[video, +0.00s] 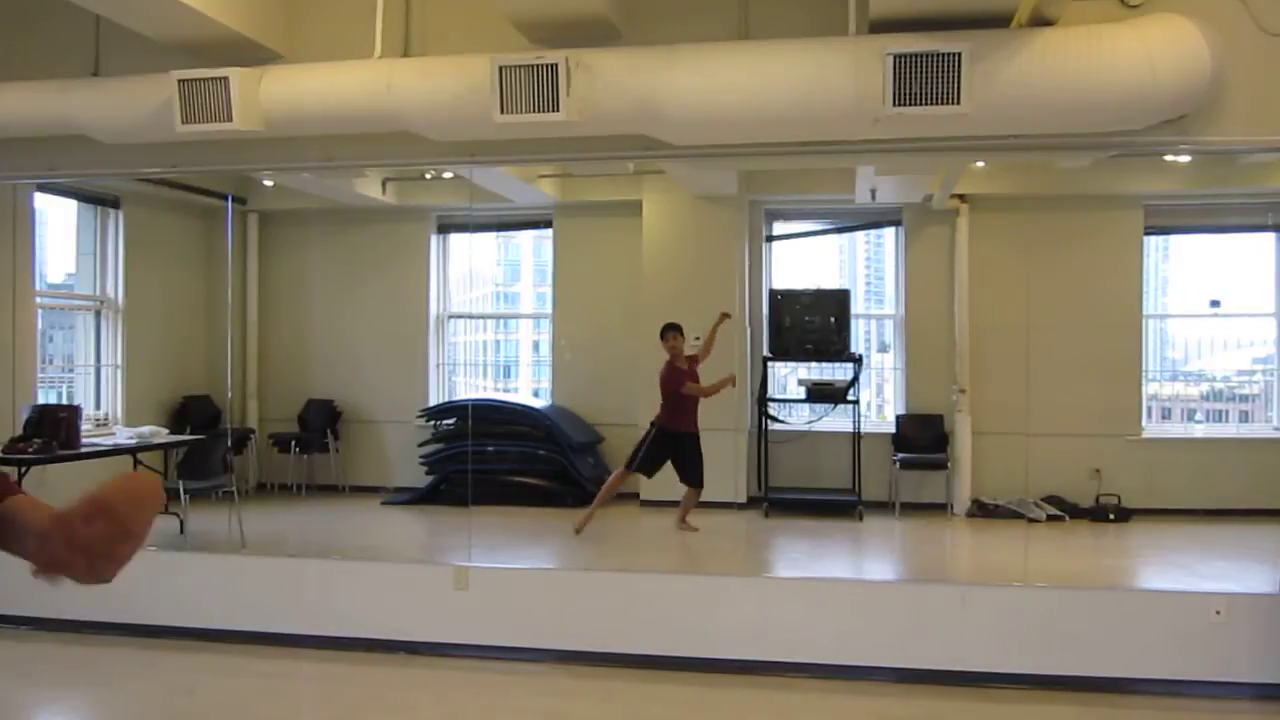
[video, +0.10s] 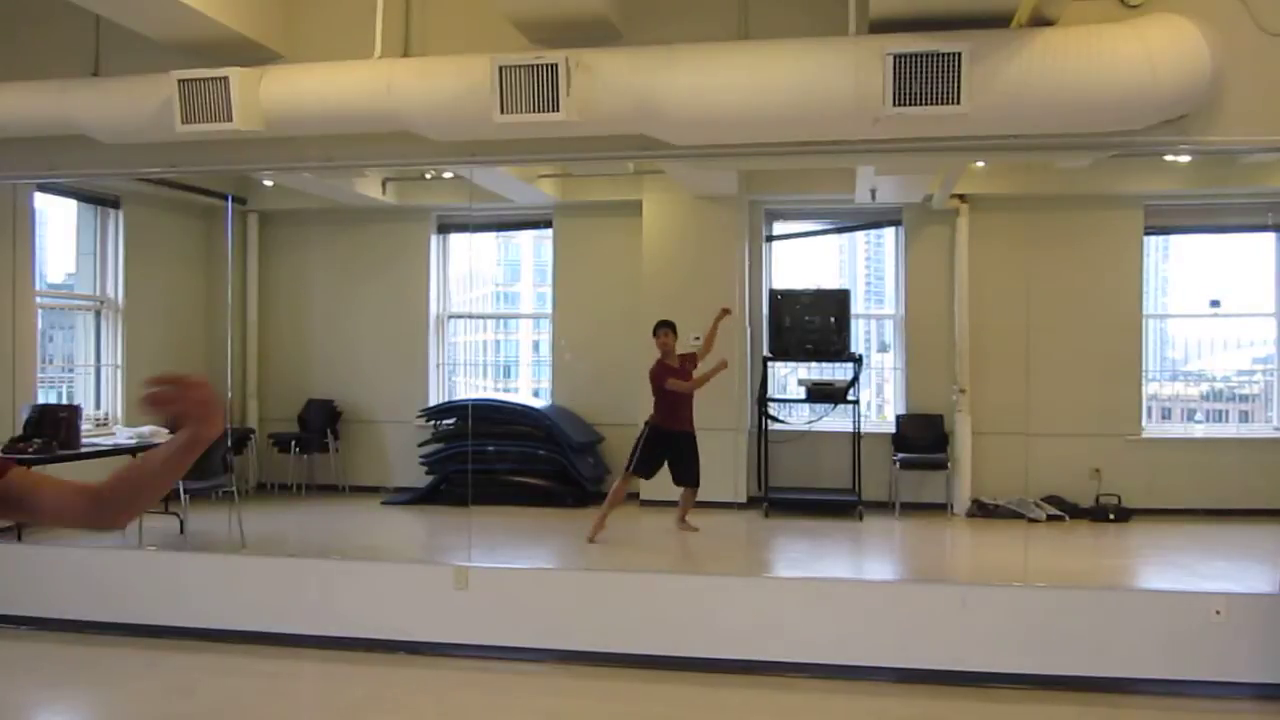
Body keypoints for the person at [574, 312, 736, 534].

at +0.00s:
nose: (672, 343)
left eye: (676, 338)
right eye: (667, 339)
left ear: (684, 340)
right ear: (663, 344)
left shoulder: (691, 362)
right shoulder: (670, 374)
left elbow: (706, 349)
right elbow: (704, 392)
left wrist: (717, 324)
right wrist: (727, 381)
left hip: (687, 433)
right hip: (663, 431)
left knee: (696, 484)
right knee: (627, 470)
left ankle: (681, 520)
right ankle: (590, 513)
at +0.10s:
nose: (663, 339)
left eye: (667, 335)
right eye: (659, 336)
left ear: (675, 338)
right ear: (655, 341)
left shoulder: (686, 361)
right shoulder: (657, 371)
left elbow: (706, 349)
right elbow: (689, 387)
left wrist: (716, 321)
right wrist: (715, 370)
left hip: (683, 431)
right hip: (658, 429)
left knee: (692, 482)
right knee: (629, 474)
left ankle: (681, 519)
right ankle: (601, 520)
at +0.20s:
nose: (653, 333)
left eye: (657, 328)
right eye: (649, 329)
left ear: (665, 331)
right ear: (645, 333)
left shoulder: (678, 355)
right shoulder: (640, 363)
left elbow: (706, 345)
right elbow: (649, 380)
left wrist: (720, 316)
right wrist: (673, 371)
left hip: (677, 425)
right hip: (650, 424)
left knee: (684, 475)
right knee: (633, 474)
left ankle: (684, 514)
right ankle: (620, 528)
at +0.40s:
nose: (641, 327)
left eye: (646, 323)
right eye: (637, 323)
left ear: (655, 327)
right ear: (633, 327)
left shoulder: (665, 353)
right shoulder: (625, 360)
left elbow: (702, 339)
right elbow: (594, 373)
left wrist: (721, 313)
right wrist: (560, 374)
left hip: (656, 424)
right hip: (628, 424)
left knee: (669, 478)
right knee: (627, 479)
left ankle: (679, 518)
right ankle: (621, 533)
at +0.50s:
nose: (636, 324)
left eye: (642, 320)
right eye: (633, 320)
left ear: (651, 325)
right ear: (628, 324)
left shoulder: (661, 350)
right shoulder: (622, 356)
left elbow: (697, 338)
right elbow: (591, 357)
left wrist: (722, 317)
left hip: (648, 422)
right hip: (623, 422)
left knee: (659, 481)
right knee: (623, 479)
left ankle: (671, 526)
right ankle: (620, 532)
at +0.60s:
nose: (633, 319)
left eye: (639, 315)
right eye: (631, 315)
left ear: (649, 318)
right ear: (627, 317)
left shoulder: (653, 342)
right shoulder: (628, 343)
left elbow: (666, 345)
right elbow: (614, 336)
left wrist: (675, 341)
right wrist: (615, 307)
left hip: (646, 416)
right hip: (626, 416)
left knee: (647, 474)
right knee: (616, 469)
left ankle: (669, 524)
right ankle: (617, 527)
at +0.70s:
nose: (628, 317)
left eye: (633, 312)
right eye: (626, 313)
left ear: (647, 314)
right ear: (630, 314)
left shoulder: (647, 336)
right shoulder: (651, 333)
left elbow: (634, 358)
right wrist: (631, 299)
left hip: (646, 408)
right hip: (645, 407)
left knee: (639, 468)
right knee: (626, 463)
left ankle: (667, 524)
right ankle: (606, 515)